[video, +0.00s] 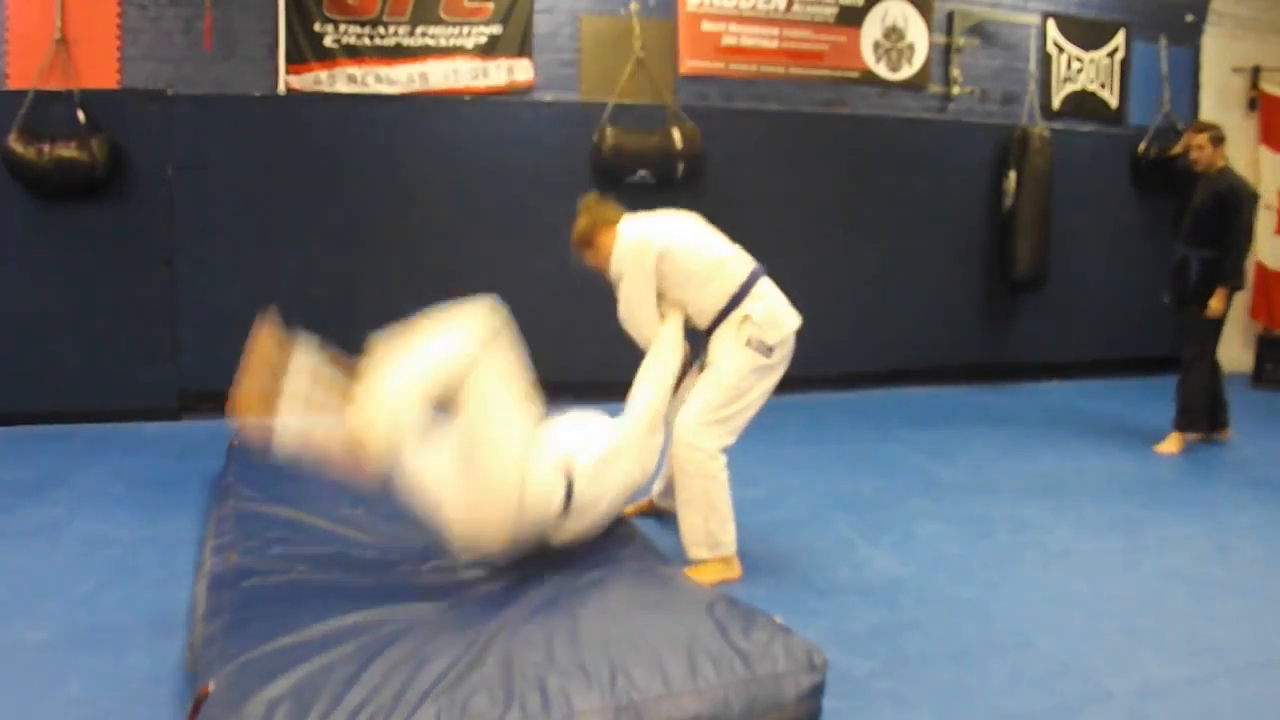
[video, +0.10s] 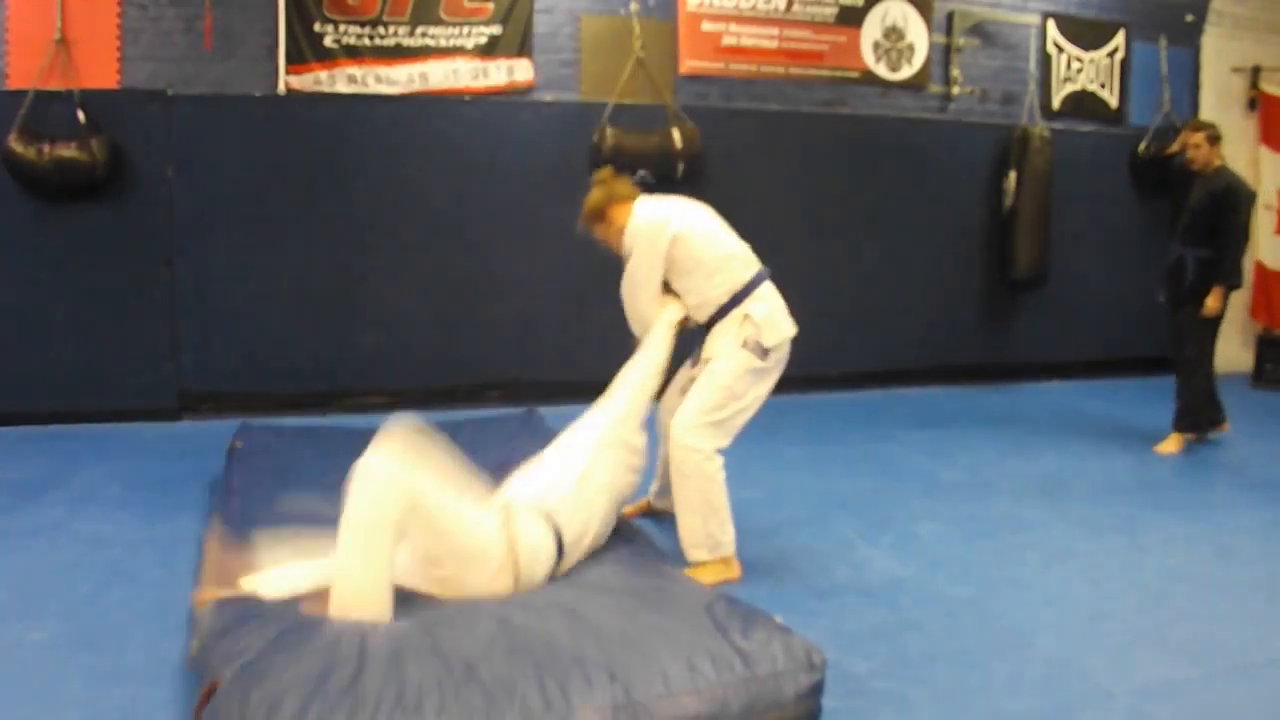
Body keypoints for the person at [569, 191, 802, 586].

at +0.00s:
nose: (599, 269)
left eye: (593, 260)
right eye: (591, 263)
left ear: (600, 239)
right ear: (614, 225)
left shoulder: (632, 242)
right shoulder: (661, 222)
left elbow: (636, 319)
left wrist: (672, 360)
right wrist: (678, 359)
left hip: (756, 331)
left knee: (696, 432)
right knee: (683, 414)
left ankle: (718, 559)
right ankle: (669, 498)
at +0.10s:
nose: (609, 245)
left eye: (605, 235)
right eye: (603, 238)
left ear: (614, 215)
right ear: (623, 204)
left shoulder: (647, 220)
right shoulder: (665, 209)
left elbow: (638, 301)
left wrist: (653, 347)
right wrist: (669, 315)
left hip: (753, 329)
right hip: (733, 325)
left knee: (693, 433)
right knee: (673, 406)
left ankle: (718, 560)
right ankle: (666, 497)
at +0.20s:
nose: (619, 218)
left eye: (616, 207)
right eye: (613, 212)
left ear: (630, 185)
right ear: (641, 180)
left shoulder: (672, 194)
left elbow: (628, 264)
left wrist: (605, 315)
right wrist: (673, 305)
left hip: (746, 325)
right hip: (719, 326)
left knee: (689, 435)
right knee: (657, 406)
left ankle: (716, 560)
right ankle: (659, 499)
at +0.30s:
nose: (624, 195)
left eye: (624, 184)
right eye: (618, 189)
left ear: (643, 167)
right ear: (646, 169)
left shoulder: (691, 181)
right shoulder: (670, 201)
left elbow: (655, 248)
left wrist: (592, 283)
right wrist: (659, 301)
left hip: (738, 313)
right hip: (701, 320)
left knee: (697, 434)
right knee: (646, 411)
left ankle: (717, 560)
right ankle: (663, 498)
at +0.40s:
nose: (625, 186)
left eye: (625, 173)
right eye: (618, 179)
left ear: (646, 152)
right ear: (636, 161)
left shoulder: (704, 170)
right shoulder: (657, 203)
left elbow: (701, 235)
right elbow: (669, 273)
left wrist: (650, 258)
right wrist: (645, 296)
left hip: (733, 298)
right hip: (693, 304)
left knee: (716, 420)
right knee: (647, 410)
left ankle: (716, 546)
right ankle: (661, 499)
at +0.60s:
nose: (641, 165)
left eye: (642, 154)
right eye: (636, 159)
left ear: (666, 136)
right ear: (646, 152)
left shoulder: (718, 162)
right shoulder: (658, 186)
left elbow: (762, 213)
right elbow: (652, 257)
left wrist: (792, 268)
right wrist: (637, 263)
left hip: (733, 290)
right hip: (684, 292)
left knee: (724, 403)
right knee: (660, 401)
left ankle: (742, 505)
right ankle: (664, 498)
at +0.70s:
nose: (661, 151)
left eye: (665, 140)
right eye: (656, 144)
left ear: (691, 129)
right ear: (659, 143)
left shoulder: (736, 164)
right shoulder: (671, 181)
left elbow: (777, 224)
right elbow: (651, 230)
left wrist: (806, 288)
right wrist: (650, 262)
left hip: (740, 290)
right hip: (690, 290)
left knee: (737, 402)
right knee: (667, 399)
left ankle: (746, 479)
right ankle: (665, 496)